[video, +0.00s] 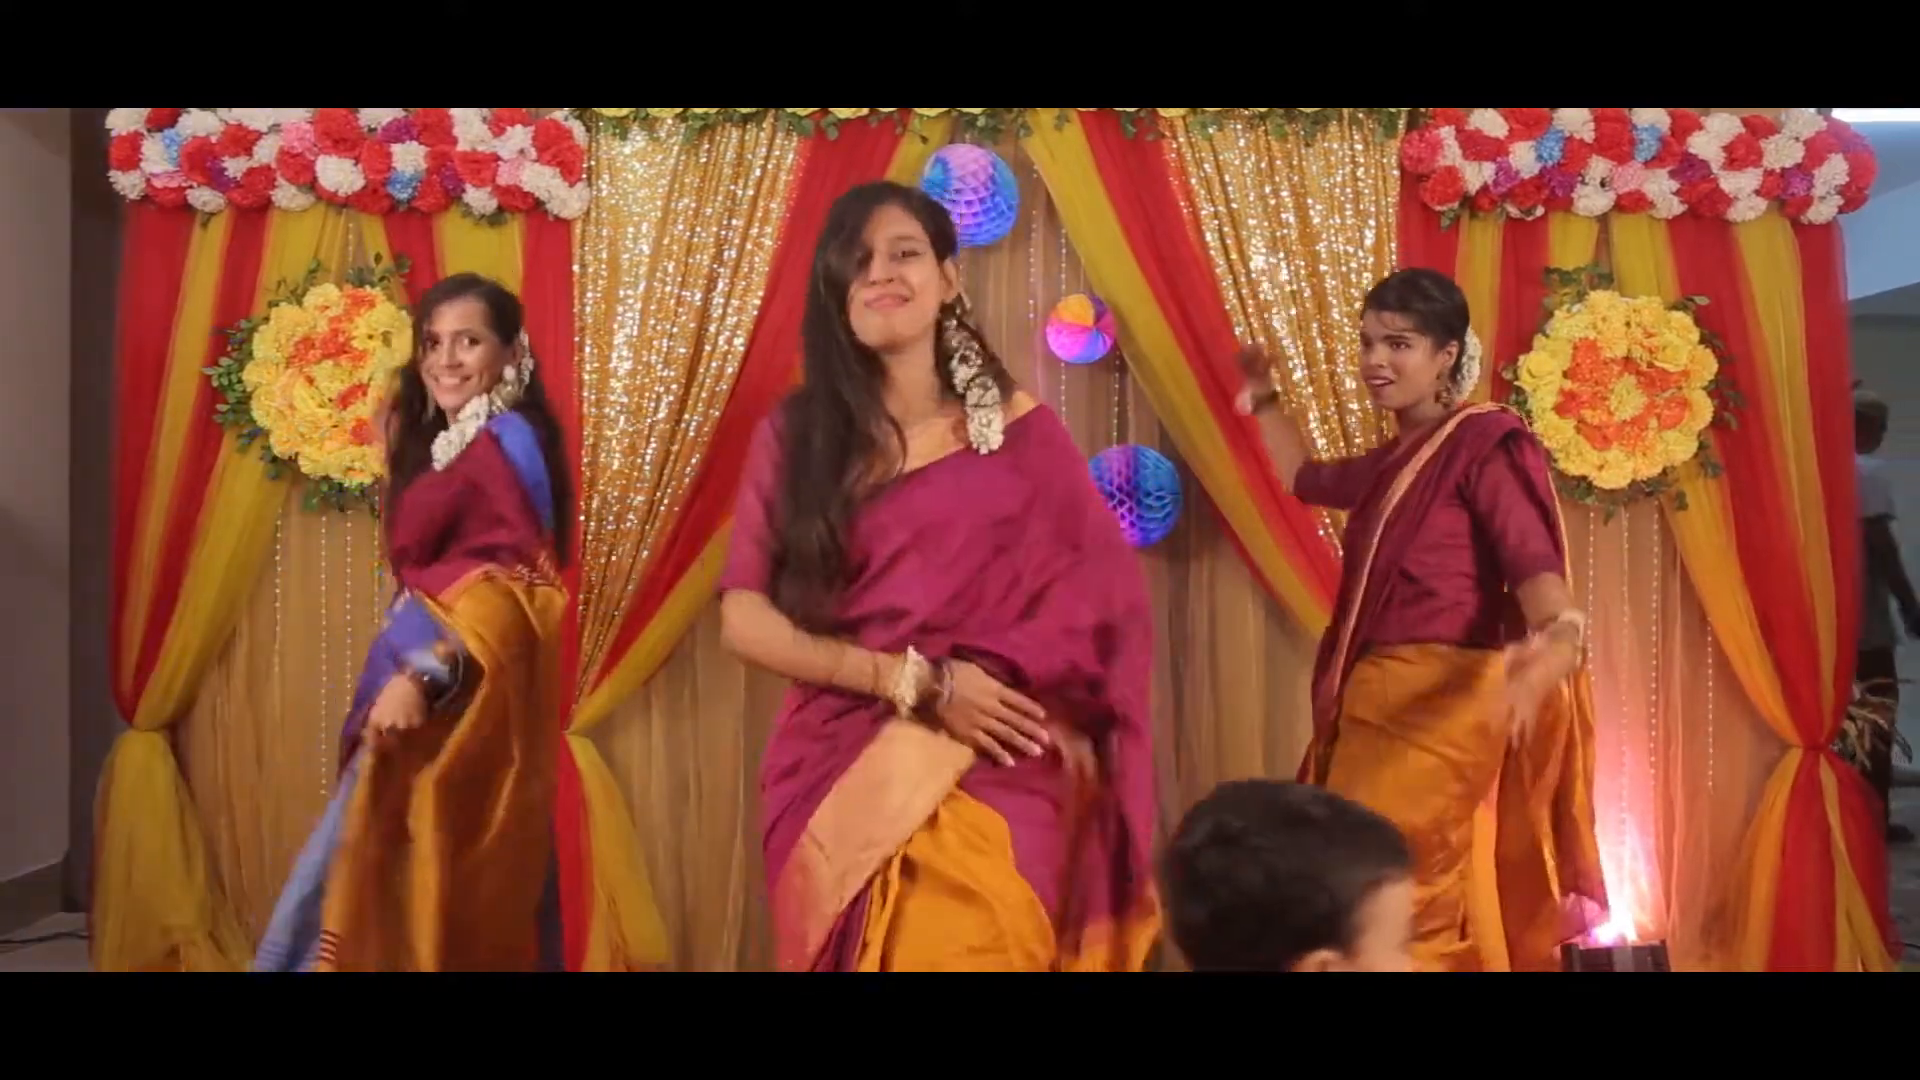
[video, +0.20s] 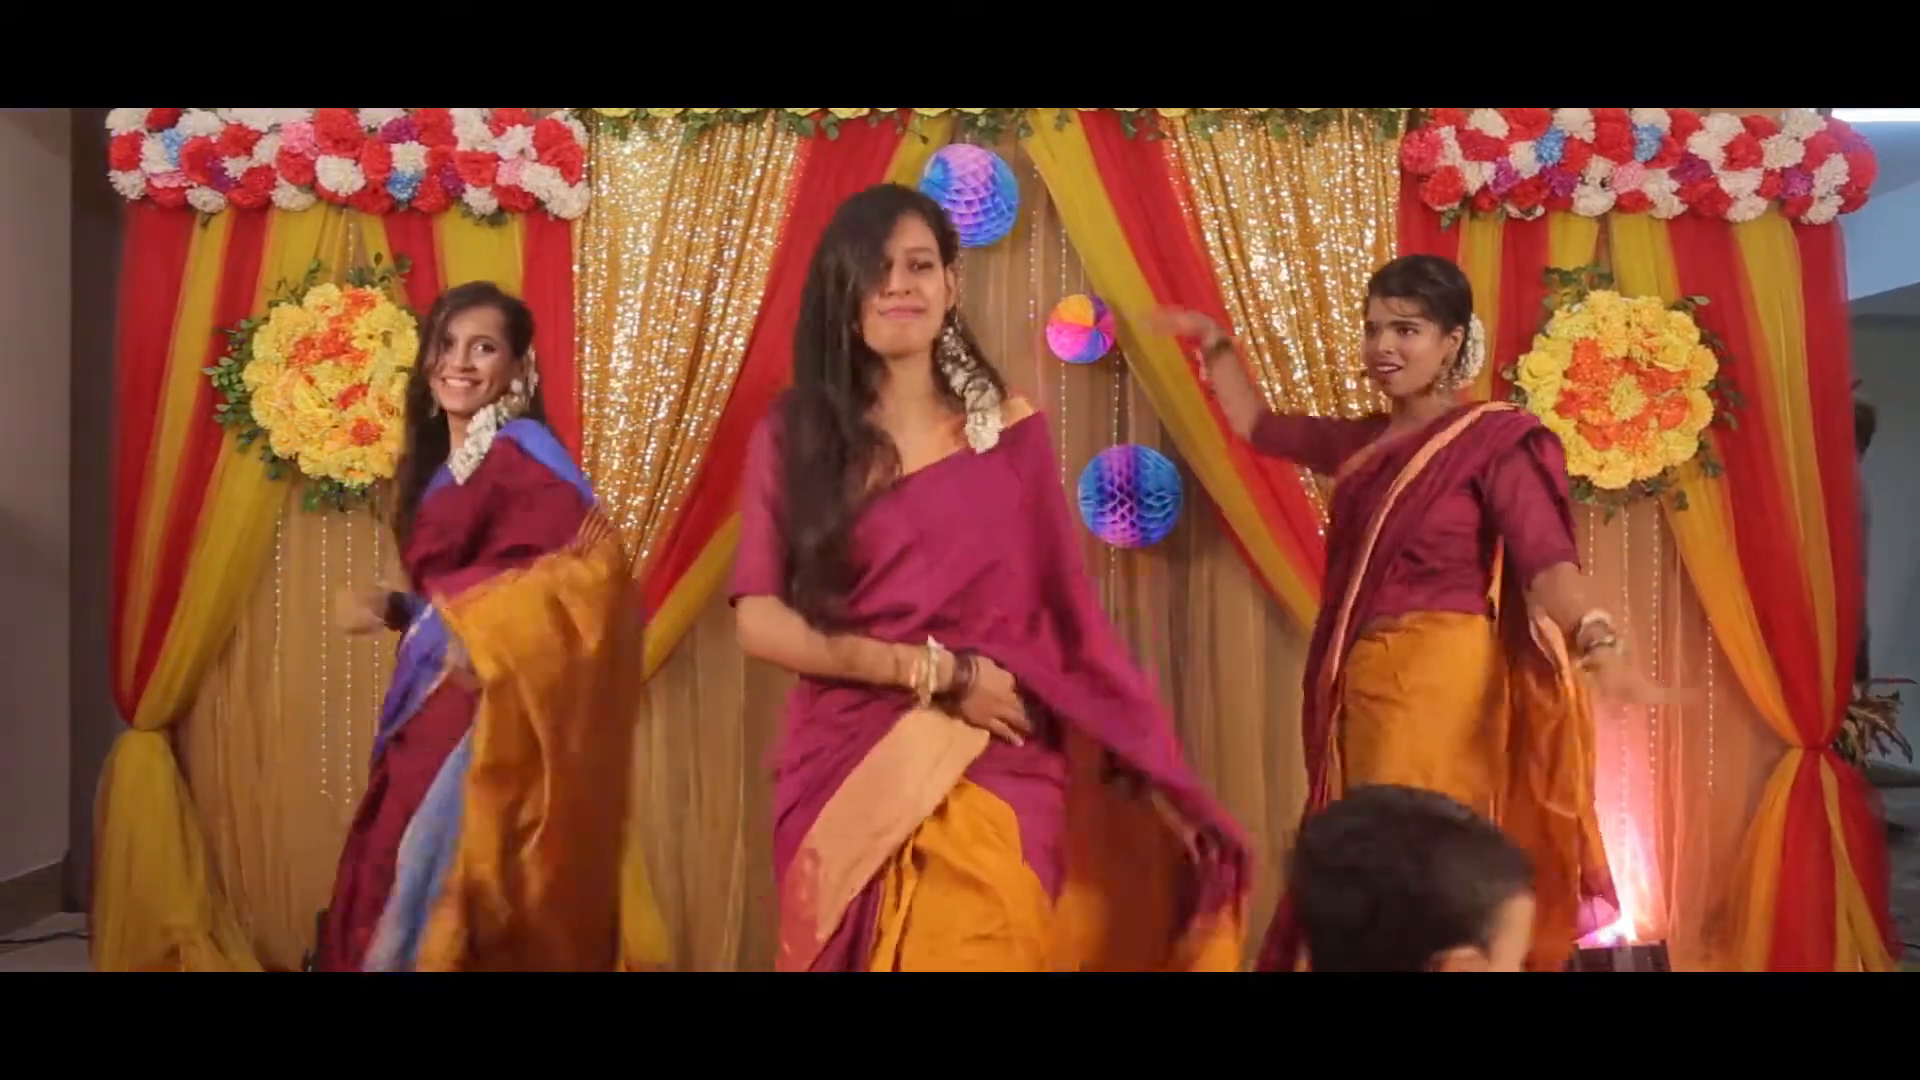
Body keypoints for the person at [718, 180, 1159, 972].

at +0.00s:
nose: (883, 272)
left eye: (907, 252)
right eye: (859, 259)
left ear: (951, 280)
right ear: (836, 295)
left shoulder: (1019, 423)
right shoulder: (796, 433)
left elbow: (1109, 590)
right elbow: (745, 620)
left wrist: (976, 680)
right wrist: (911, 680)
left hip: (1002, 763)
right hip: (842, 762)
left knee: (969, 939)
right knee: (860, 947)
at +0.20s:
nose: (899, 286)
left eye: (921, 265)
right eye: (876, 267)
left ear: (953, 288)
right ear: (838, 291)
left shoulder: (1010, 423)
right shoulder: (794, 436)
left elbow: (1074, 621)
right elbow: (759, 623)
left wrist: (1162, 773)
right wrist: (941, 673)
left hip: (997, 755)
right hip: (844, 755)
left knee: (977, 938)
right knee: (848, 949)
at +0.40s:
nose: (928, 300)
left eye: (947, 278)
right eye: (904, 279)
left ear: (971, 290)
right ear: (860, 290)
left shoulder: (1009, 429)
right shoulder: (800, 424)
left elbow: (1058, 633)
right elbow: (758, 608)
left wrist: (1186, 654)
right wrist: (940, 666)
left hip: (1007, 753)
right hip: (857, 759)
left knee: (1006, 946)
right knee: (869, 957)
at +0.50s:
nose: (937, 326)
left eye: (953, 302)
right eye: (913, 306)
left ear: (975, 305)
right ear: (867, 313)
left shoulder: (1016, 442)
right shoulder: (808, 449)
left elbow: (1061, 607)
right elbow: (775, 636)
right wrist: (966, 688)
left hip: (1001, 783)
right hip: (855, 793)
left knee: (1006, 953)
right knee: (863, 960)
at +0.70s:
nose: (956, 329)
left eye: (972, 303)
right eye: (930, 305)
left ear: (990, 303)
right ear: (883, 306)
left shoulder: (1018, 434)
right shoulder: (810, 427)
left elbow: (1126, 605)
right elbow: (779, 607)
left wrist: (1128, 431)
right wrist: (974, 662)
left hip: (1022, 758)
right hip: (873, 765)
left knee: (1023, 944)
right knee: (880, 953)